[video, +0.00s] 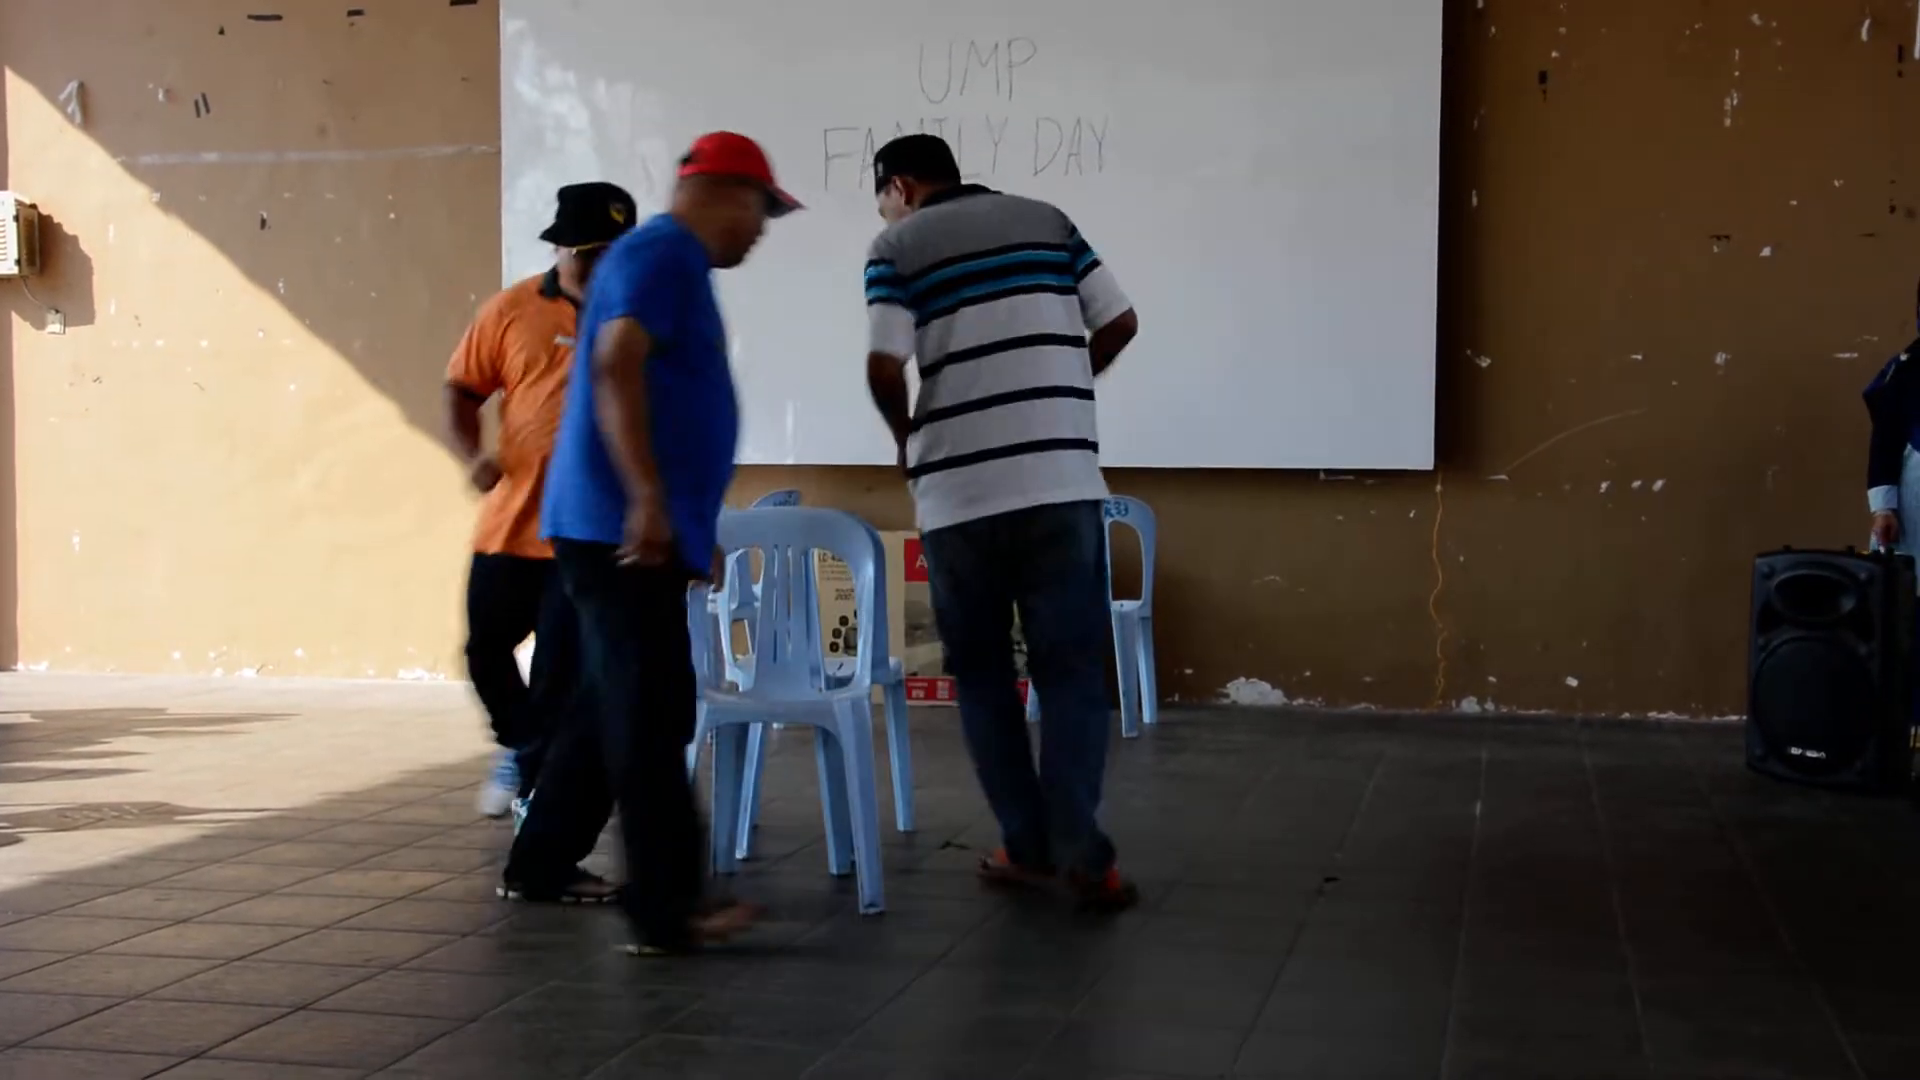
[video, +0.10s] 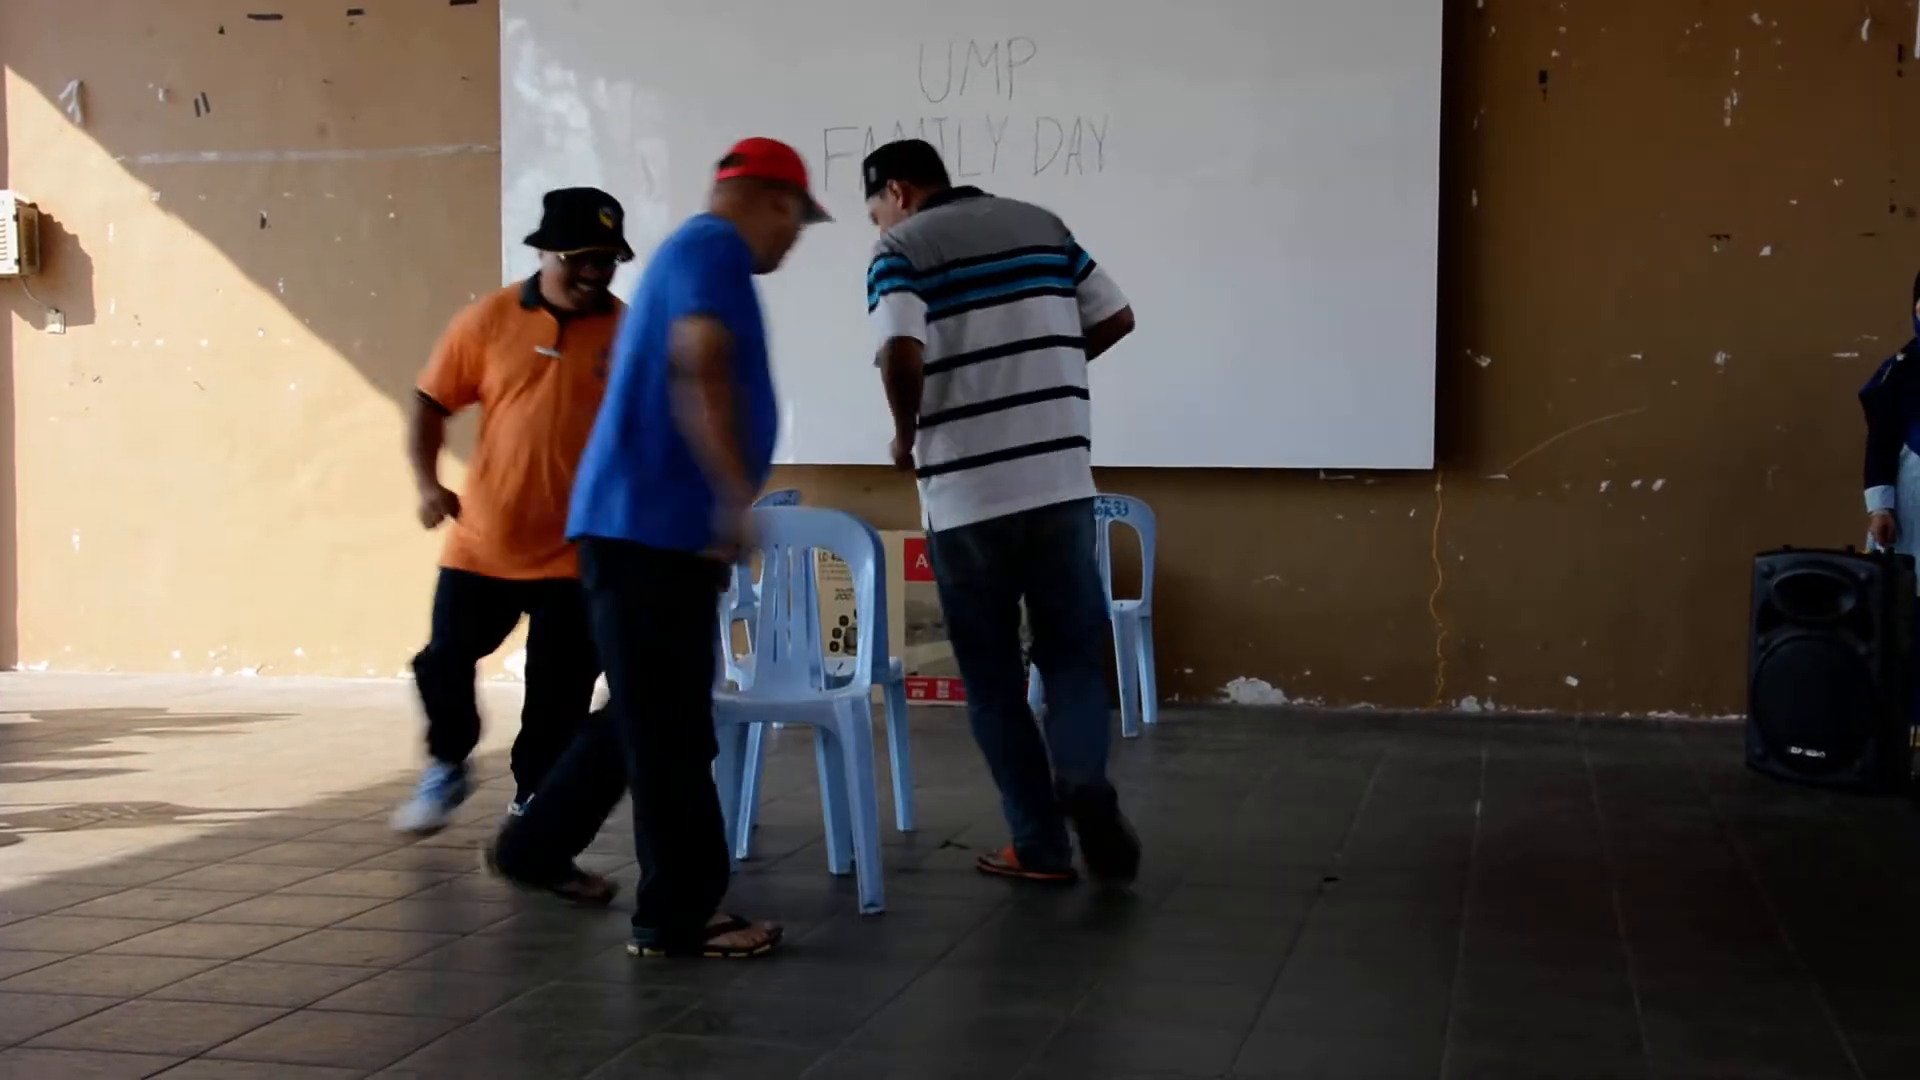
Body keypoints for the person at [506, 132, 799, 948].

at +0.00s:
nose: (761, 230)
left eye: (766, 215)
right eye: (757, 210)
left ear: (702, 194)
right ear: (715, 195)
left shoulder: (670, 263)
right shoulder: (661, 252)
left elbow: (665, 406)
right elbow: (615, 366)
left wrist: (696, 527)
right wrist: (646, 498)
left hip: (621, 530)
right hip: (621, 530)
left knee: (609, 704)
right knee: (656, 713)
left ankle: (541, 866)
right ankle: (667, 909)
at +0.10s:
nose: (796, 237)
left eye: (800, 222)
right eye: (794, 218)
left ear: (742, 196)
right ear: (758, 199)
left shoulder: (699, 255)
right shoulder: (708, 250)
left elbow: (682, 391)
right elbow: (695, 368)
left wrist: (718, 515)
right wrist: (734, 493)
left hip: (650, 533)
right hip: (651, 534)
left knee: (646, 712)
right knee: (672, 730)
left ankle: (534, 844)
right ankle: (680, 917)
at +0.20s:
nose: (831, 233)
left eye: (835, 218)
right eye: (831, 214)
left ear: (761, 189)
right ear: (805, 198)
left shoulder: (718, 251)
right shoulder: (769, 249)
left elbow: (709, 397)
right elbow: (806, 375)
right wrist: (855, 457)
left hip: (658, 522)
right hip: (702, 529)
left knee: (690, 714)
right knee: (719, 708)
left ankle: (583, 816)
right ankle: (678, 918)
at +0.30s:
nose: (884, 234)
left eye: (885, 219)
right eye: (880, 216)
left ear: (801, 193)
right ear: (855, 201)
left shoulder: (748, 260)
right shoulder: (838, 257)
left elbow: (722, 406)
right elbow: (909, 387)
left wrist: (665, 535)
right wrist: (984, 495)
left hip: (700, 523)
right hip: (750, 534)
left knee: (826, 672)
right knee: (726, 718)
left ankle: (745, 854)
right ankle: (678, 916)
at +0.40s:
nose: (914, 225)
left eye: (913, 214)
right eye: (912, 212)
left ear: (830, 198)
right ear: (903, 203)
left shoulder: (770, 274)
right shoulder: (897, 261)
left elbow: (729, 405)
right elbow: (965, 390)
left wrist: (723, 518)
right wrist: (1035, 483)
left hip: (756, 519)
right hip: (809, 527)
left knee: (878, 708)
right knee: (758, 717)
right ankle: (677, 912)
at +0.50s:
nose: (946, 220)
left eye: (940, 208)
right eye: (944, 208)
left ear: (861, 202)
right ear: (937, 204)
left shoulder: (806, 285)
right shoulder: (947, 265)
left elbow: (769, 409)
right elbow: (999, 390)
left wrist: (769, 528)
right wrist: (1048, 483)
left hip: (810, 525)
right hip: (896, 522)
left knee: (908, 708)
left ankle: (975, 889)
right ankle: (733, 860)